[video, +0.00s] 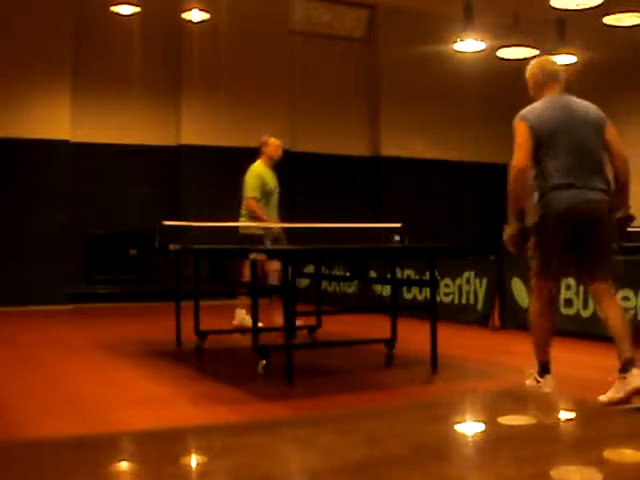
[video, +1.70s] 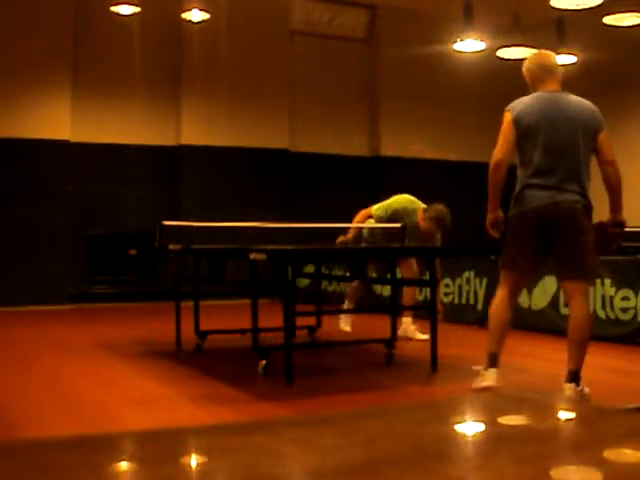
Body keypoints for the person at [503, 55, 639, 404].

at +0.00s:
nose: (528, 91)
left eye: (528, 86)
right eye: (530, 86)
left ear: (533, 85)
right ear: (561, 81)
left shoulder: (528, 116)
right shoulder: (593, 111)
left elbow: (520, 167)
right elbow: (621, 161)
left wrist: (514, 219)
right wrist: (622, 204)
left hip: (554, 210)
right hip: (597, 208)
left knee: (543, 291)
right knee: (602, 286)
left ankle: (542, 373)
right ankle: (628, 367)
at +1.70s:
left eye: (526, 78)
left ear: (528, 79)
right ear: (559, 76)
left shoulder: (518, 109)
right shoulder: (588, 111)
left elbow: (499, 160)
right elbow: (609, 165)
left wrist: (493, 207)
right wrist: (617, 213)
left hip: (529, 215)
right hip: (573, 215)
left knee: (507, 288)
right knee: (578, 295)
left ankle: (490, 368)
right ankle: (573, 381)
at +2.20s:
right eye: (500, 74)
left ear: (473, 82)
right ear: (503, 76)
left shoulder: (460, 112)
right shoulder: (533, 108)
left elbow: (442, 163)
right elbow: (553, 159)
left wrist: (450, 208)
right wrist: (566, 209)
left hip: (475, 213)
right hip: (521, 213)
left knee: (473, 294)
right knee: (544, 292)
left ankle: (474, 378)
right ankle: (559, 376)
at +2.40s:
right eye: (489, 72)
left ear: (462, 80)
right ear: (491, 75)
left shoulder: (448, 111)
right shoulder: (518, 106)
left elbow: (429, 161)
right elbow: (540, 155)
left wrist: (439, 208)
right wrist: (550, 208)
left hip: (464, 210)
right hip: (507, 208)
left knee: (466, 291)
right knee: (527, 285)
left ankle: (473, 376)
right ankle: (507, 366)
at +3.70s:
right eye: (467, 67)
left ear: (438, 73)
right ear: (469, 69)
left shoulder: (424, 105)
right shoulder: (496, 103)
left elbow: (399, 157)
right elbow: (514, 157)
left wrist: (398, 199)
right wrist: (529, 209)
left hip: (434, 208)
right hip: (479, 208)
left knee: (433, 290)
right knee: (476, 297)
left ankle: (422, 376)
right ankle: (461, 387)